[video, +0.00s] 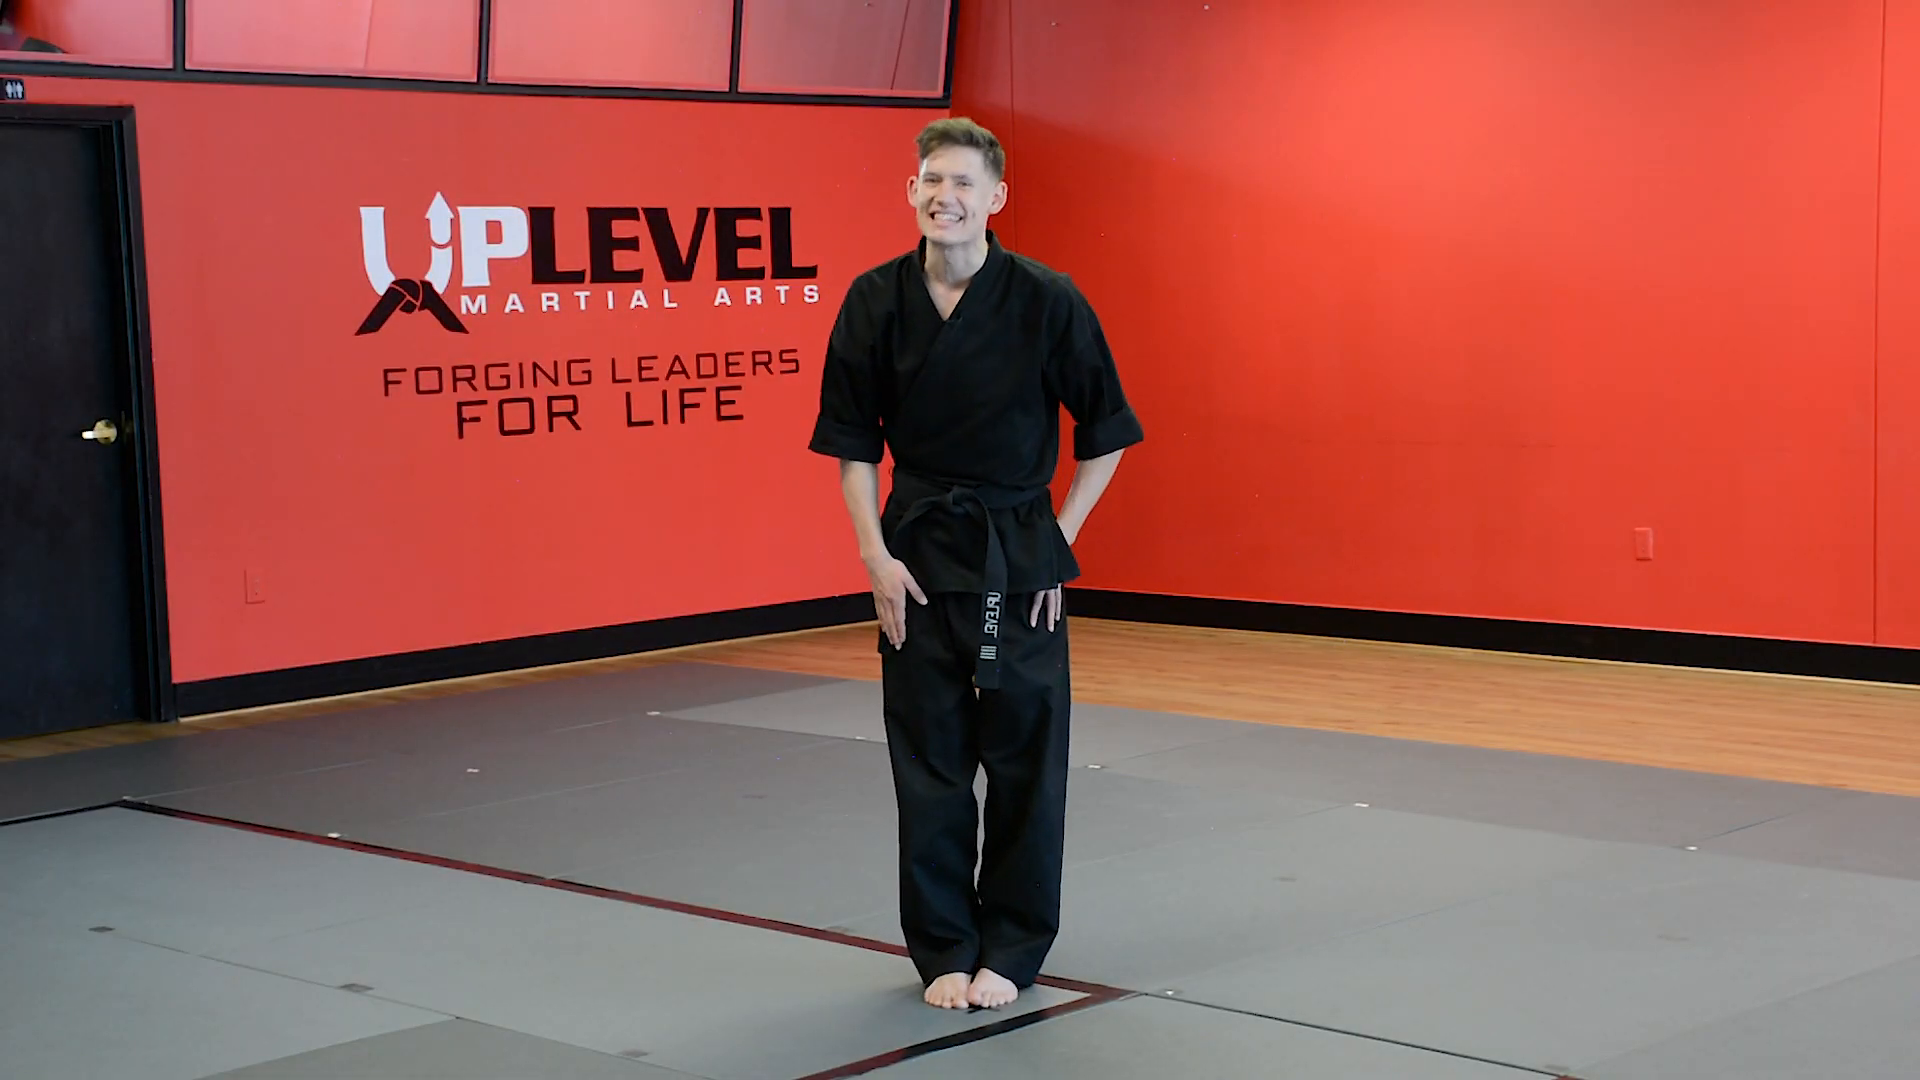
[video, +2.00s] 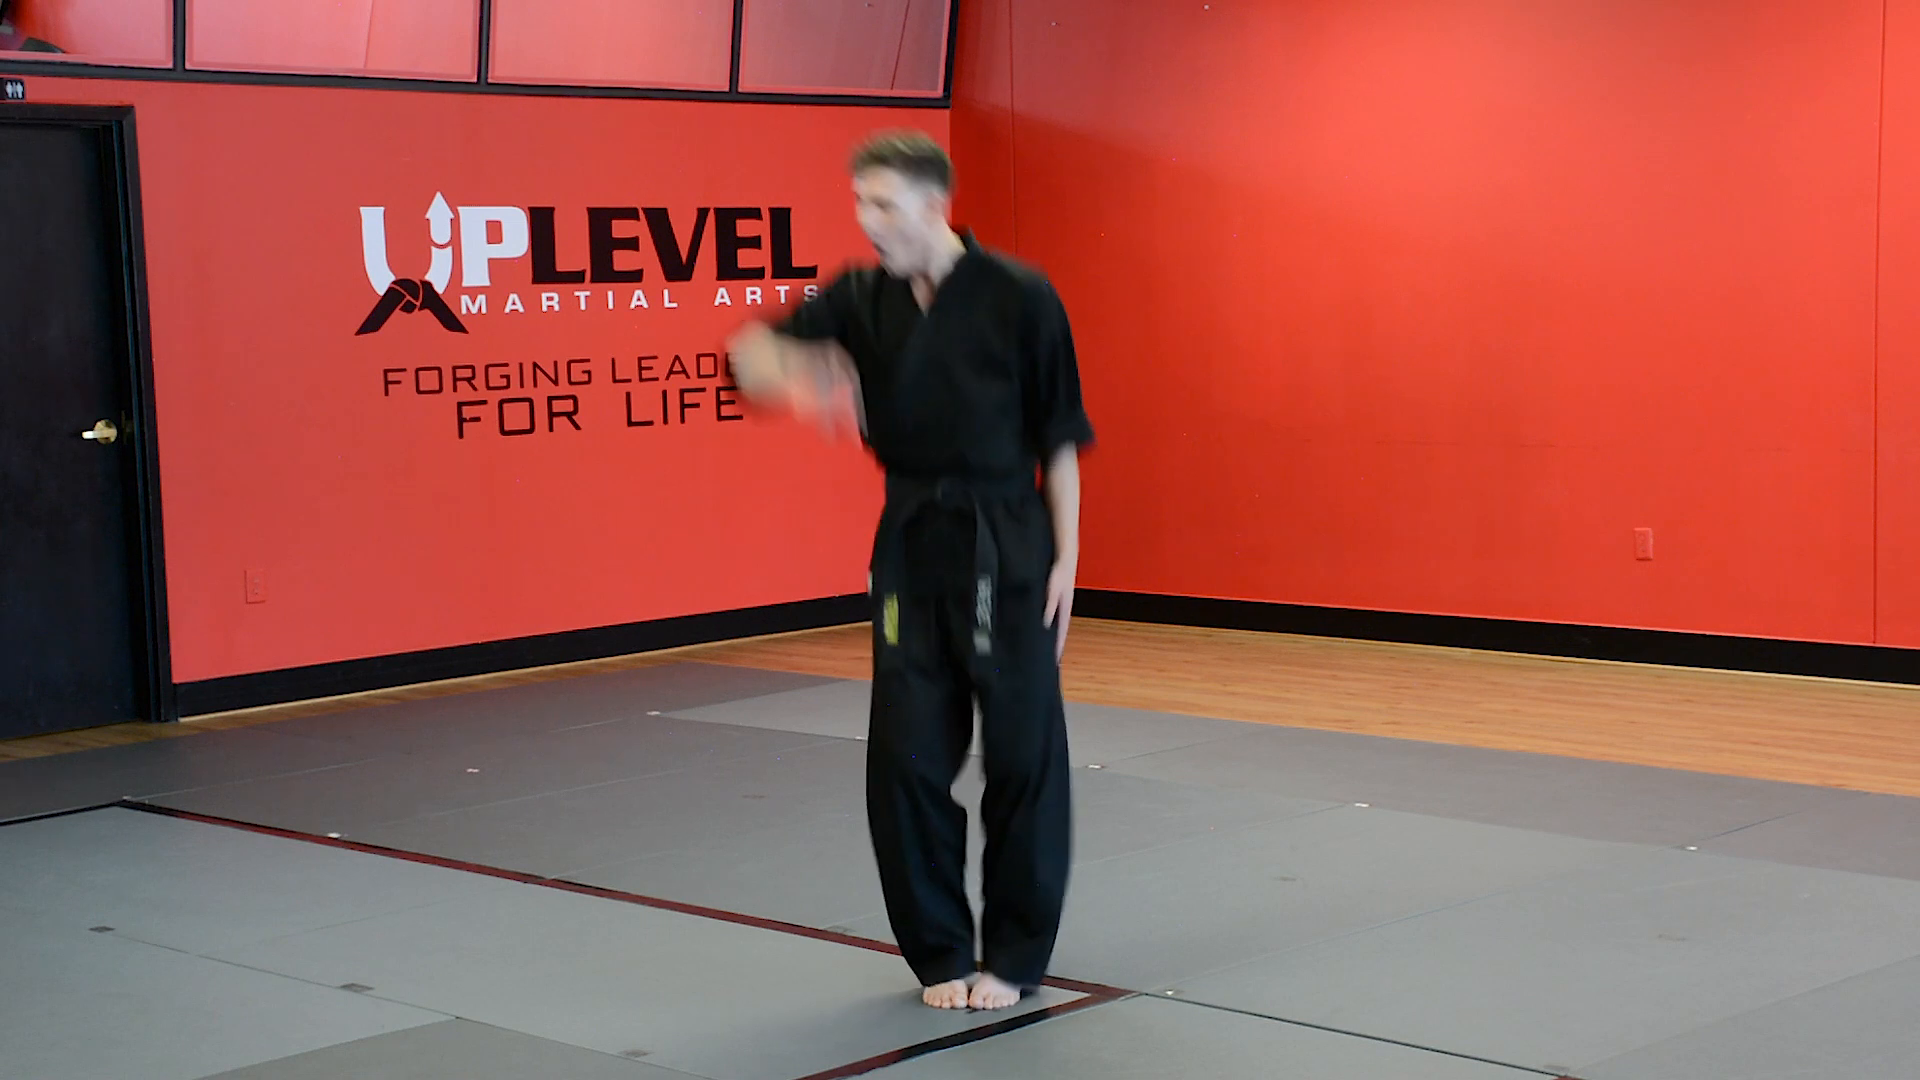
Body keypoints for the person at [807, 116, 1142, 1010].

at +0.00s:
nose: (946, 196)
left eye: (964, 182)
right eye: (933, 181)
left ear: (996, 197)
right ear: (913, 194)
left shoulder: (1046, 300)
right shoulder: (874, 301)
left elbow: (1106, 428)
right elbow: (852, 443)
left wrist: (1058, 537)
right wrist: (875, 557)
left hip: (1020, 544)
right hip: (916, 544)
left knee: (1026, 764)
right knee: (930, 766)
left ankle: (1011, 953)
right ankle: (944, 953)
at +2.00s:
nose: (868, 223)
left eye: (883, 206)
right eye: (861, 207)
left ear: (936, 202)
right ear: (862, 210)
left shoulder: (1021, 295)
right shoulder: (862, 295)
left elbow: (1059, 437)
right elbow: (750, 349)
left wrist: (1066, 560)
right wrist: (798, 379)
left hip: (1009, 537)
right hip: (910, 538)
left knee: (1025, 753)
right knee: (908, 756)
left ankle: (1015, 958)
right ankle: (942, 955)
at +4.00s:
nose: (922, 231)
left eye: (939, 217)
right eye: (909, 216)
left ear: (967, 231)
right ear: (886, 229)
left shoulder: (1016, 329)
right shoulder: (853, 356)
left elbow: (1033, 459)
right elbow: (849, 509)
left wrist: (915, 493)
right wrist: (877, 609)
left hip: (1011, 582)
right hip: (896, 591)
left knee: (1110, 761)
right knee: (827, 768)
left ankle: (1156, 947)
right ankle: (805, 959)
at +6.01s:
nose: (956, 218)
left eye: (972, 206)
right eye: (941, 205)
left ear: (999, 224)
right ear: (916, 223)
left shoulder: (1033, 339)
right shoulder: (863, 334)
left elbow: (1064, 481)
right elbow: (834, 480)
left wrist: (1071, 603)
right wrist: (833, 598)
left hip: (1013, 578)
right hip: (897, 580)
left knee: (1106, 759)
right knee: (832, 766)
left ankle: (1154, 948)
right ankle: (805, 960)